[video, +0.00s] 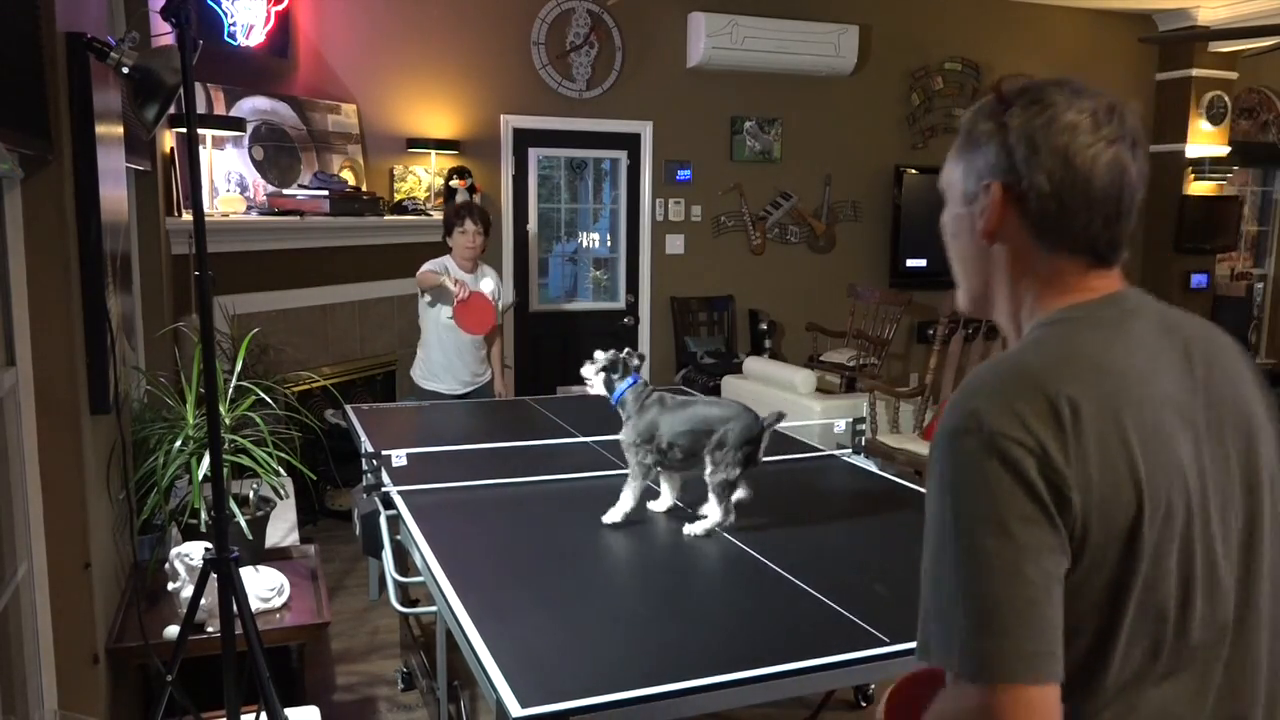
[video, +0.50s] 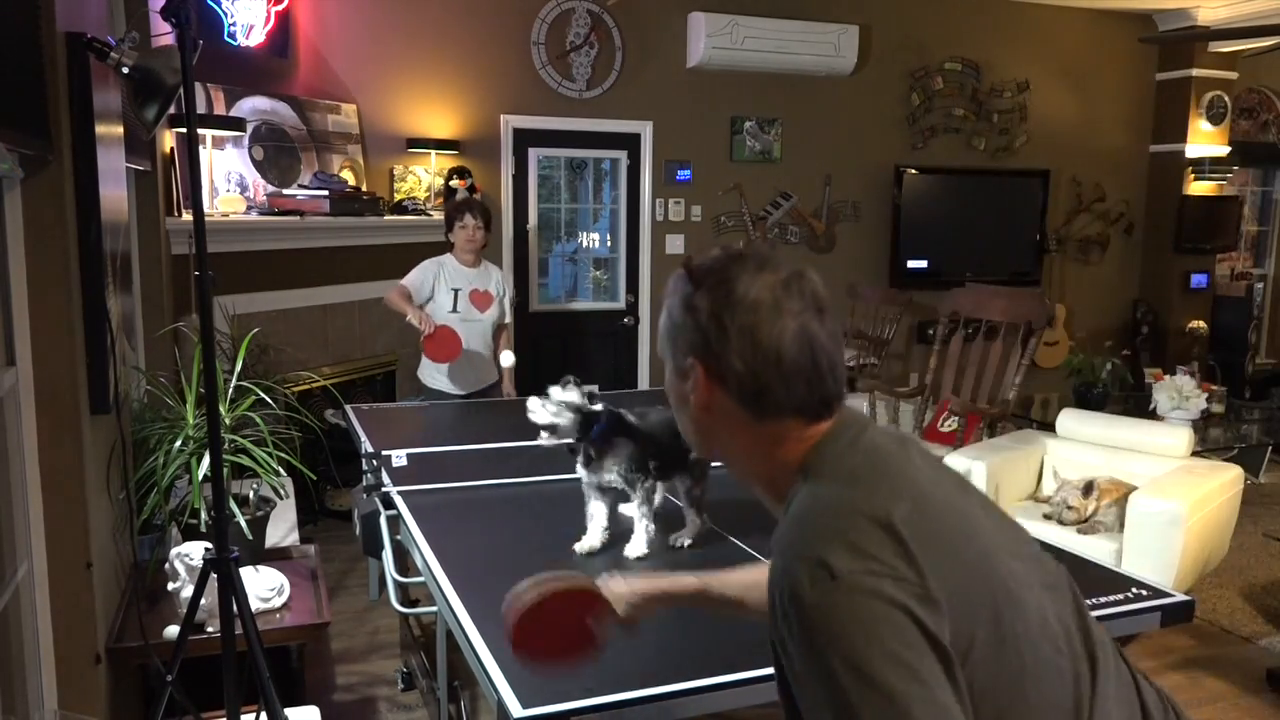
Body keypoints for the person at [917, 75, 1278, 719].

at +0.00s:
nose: (944, 228)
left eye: (948, 201)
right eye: (943, 202)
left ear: (990, 209)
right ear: (1110, 208)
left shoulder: (1004, 410)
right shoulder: (1224, 357)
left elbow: (1013, 703)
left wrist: (925, 701)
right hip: (1245, 705)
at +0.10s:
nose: (891, 265)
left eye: (896, 236)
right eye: (890, 238)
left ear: (938, 244)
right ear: (1052, 240)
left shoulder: (989, 448)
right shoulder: (1138, 374)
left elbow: (1012, 700)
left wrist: (909, 703)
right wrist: (929, 691)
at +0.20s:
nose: (810, 321)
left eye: (814, 295)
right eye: (811, 296)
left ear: (855, 305)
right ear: (960, 298)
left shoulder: (954, 491)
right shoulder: (1009, 412)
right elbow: (915, 591)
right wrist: (731, 656)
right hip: (1225, 697)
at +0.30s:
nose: (726, 384)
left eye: (734, 359)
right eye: (729, 361)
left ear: (776, 374)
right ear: (868, 362)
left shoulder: (902, 543)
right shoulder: (867, 471)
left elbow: (975, 705)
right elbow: (772, 560)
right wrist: (640, 576)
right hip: (1147, 689)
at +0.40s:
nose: (686, 418)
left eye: (685, 397)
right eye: (683, 395)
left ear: (721, 408)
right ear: (829, 380)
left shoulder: (855, 562)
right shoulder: (864, 476)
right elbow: (734, 558)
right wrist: (618, 546)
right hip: (1134, 699)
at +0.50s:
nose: (670, 392)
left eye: (670, 371)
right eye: (671, 370)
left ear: (698, 385)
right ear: (811, 354)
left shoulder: (825, 562)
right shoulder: (882, 451)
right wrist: (659, 590)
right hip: (1139, 701)